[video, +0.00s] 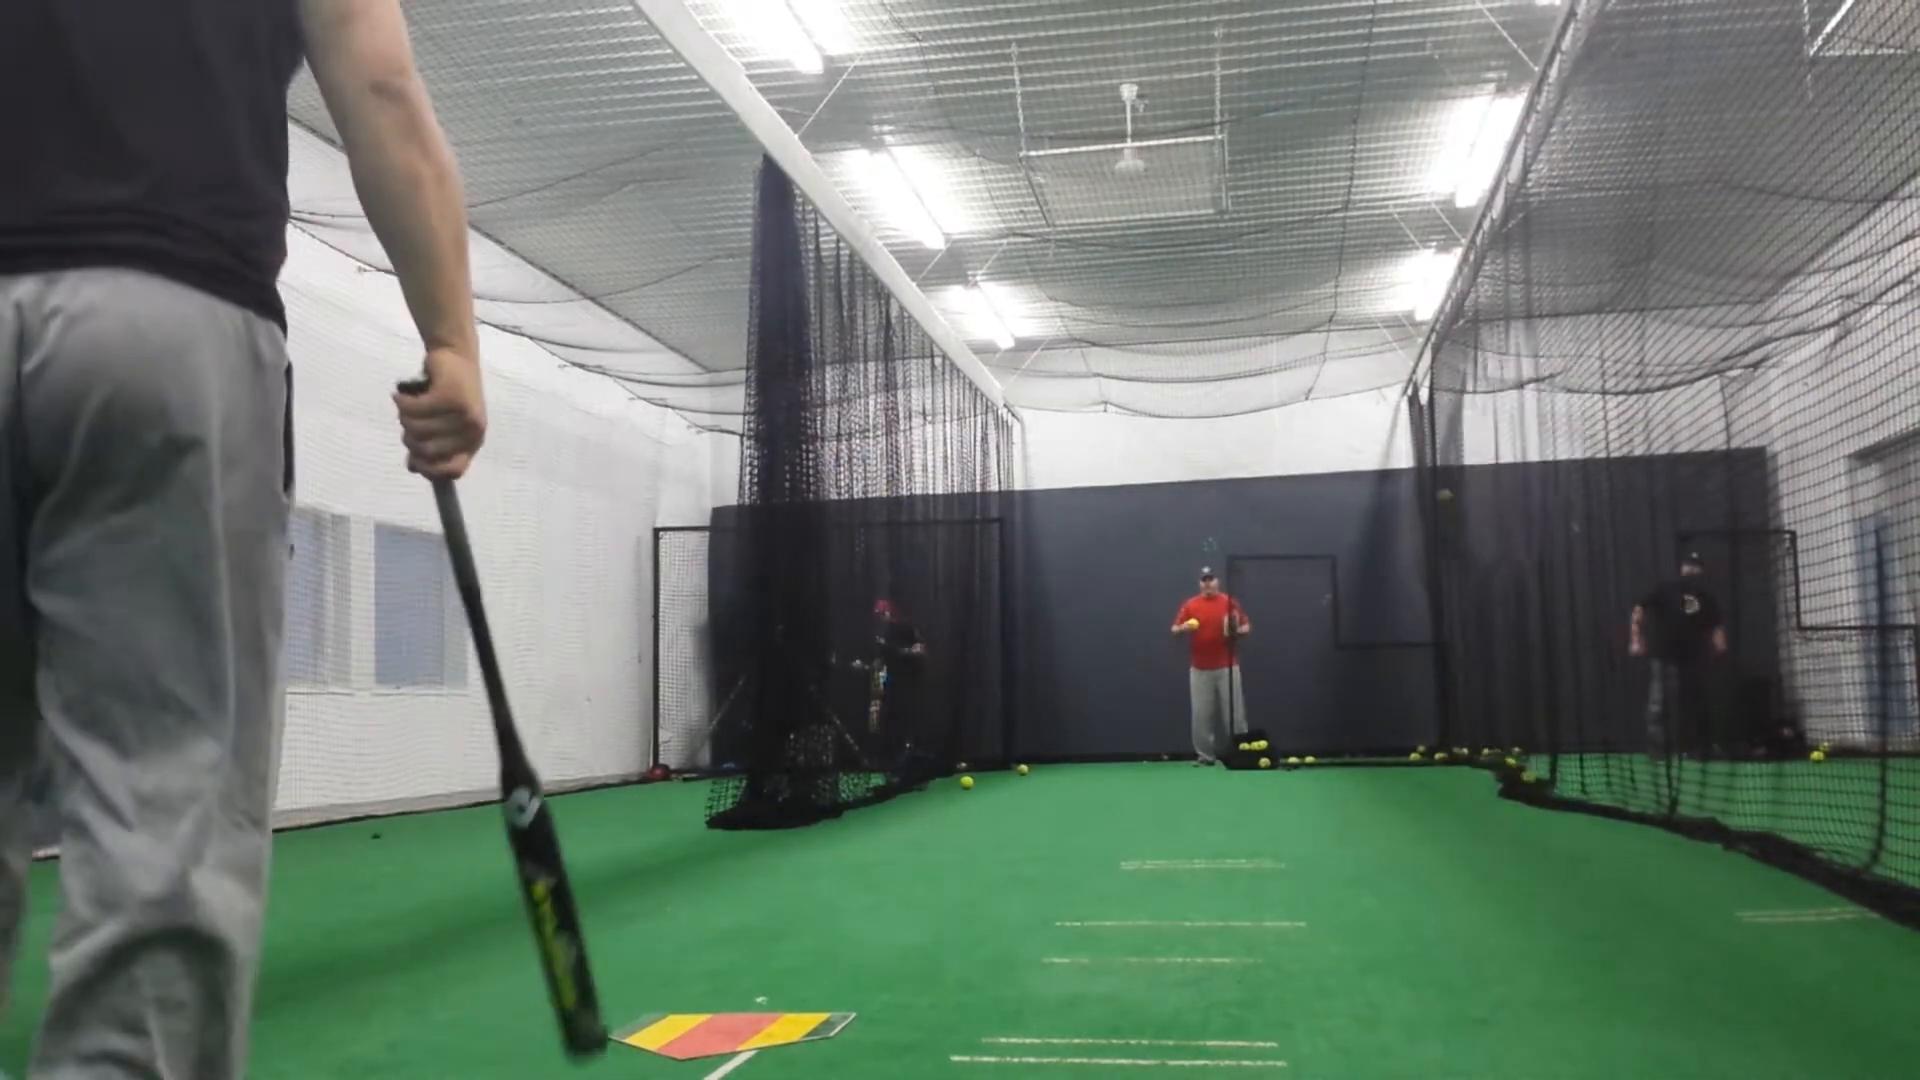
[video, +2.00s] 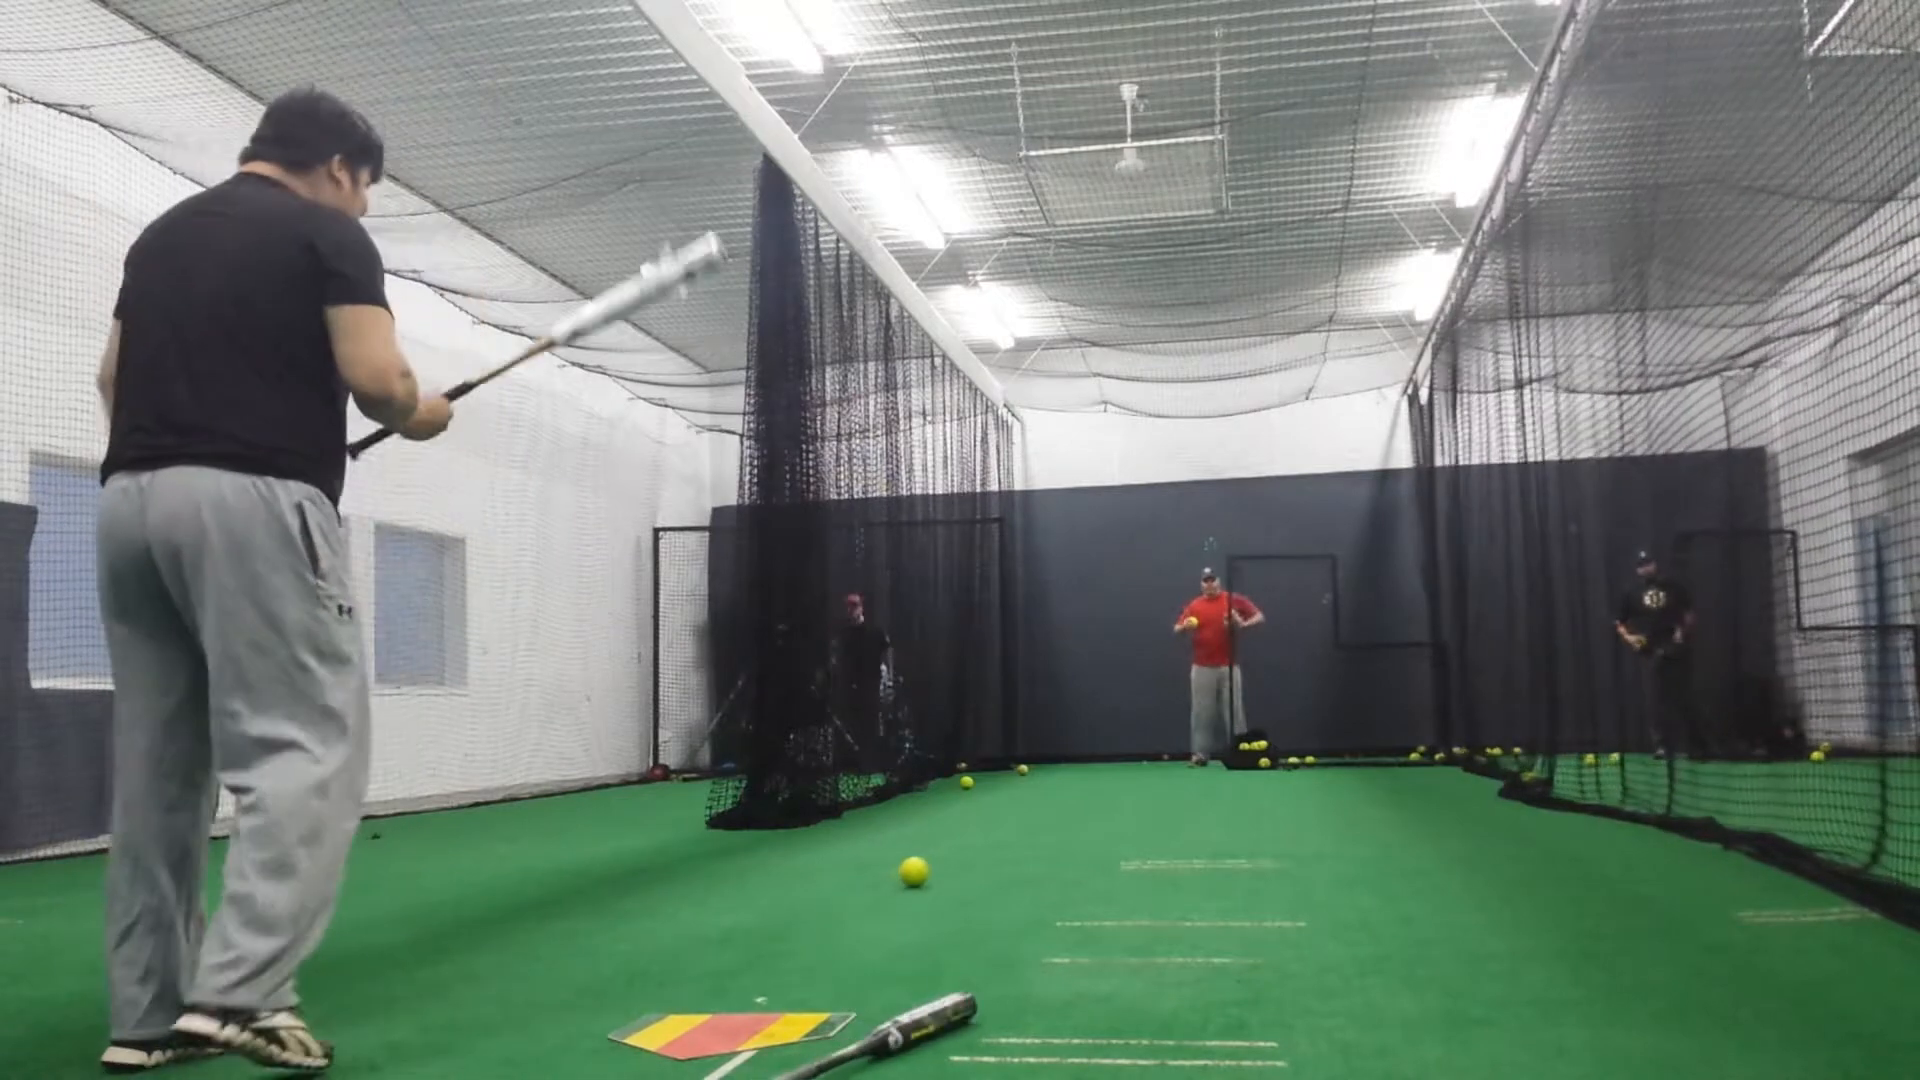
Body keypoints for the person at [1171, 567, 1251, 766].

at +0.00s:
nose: (1208, 583)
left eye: (1210, 579)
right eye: (1204, 580)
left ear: (1217, 582)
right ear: (1199, 583)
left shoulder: (1228, 603)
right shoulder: (1191, 605)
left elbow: (1246, 626)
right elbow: (1174, 630)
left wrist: (1236, 630)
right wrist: (1184, 627)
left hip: (1226, 666)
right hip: (1201, 667)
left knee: (1233, 711)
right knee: (1201, 713)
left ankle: (1239, 752)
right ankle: (1205, 754)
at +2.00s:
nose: (1209, 584)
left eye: (1212, 580)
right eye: (1205, 581)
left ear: (1218, 582)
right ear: (1201, 584)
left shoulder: (1233, 601)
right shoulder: (1195, 605)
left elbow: (1259, 616)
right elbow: (1177, 629)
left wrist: (1243, 623)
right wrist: (1185, 626)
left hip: (1228, 664)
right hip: (1203, 665)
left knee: (1233, 709)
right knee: (1202, 710)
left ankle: (1238, 751)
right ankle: (1200, 752)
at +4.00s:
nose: (1184, 582)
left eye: (1187, 578)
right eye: (1180, 579)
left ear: (1195, 580)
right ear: (1176, 583)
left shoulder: (1211, 600)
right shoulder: (1171, 606)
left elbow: (1228, 621)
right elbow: (1159, 635)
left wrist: (1216, 626)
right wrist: (1164, 627)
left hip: (1212, 662)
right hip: (1186, 666)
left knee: (1221, 707)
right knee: (1188, 710)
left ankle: (1227, 752)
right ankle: (1193, 755)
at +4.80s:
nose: (1213, 580)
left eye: (1216, 576)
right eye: (1209, 577)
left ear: (1222, 580)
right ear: (1204, 581)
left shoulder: (1235, 602)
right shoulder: (1197, 603)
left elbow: (1251, 626)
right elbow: (1184, 630)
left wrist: (1243, 626)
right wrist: (1188, 631)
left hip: (1230, 665)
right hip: (1203, 665)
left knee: (1234, 710)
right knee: (1200, 710)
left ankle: (1238, 753)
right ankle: (1196, 754)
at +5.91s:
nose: (1216, 580)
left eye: (1219, 576)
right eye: (1213, 576)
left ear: (1227, 579)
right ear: (1208, 580)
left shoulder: (1240, 601)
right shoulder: (1202, 602)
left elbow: (1256, 626)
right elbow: (1189, 629)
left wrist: (1243, 629)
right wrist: (1196, 629)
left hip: (1235, 663)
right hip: (1209, 664)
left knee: (1238, 708)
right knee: (1212, 709)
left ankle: (1240, 751)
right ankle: (1216, 752)